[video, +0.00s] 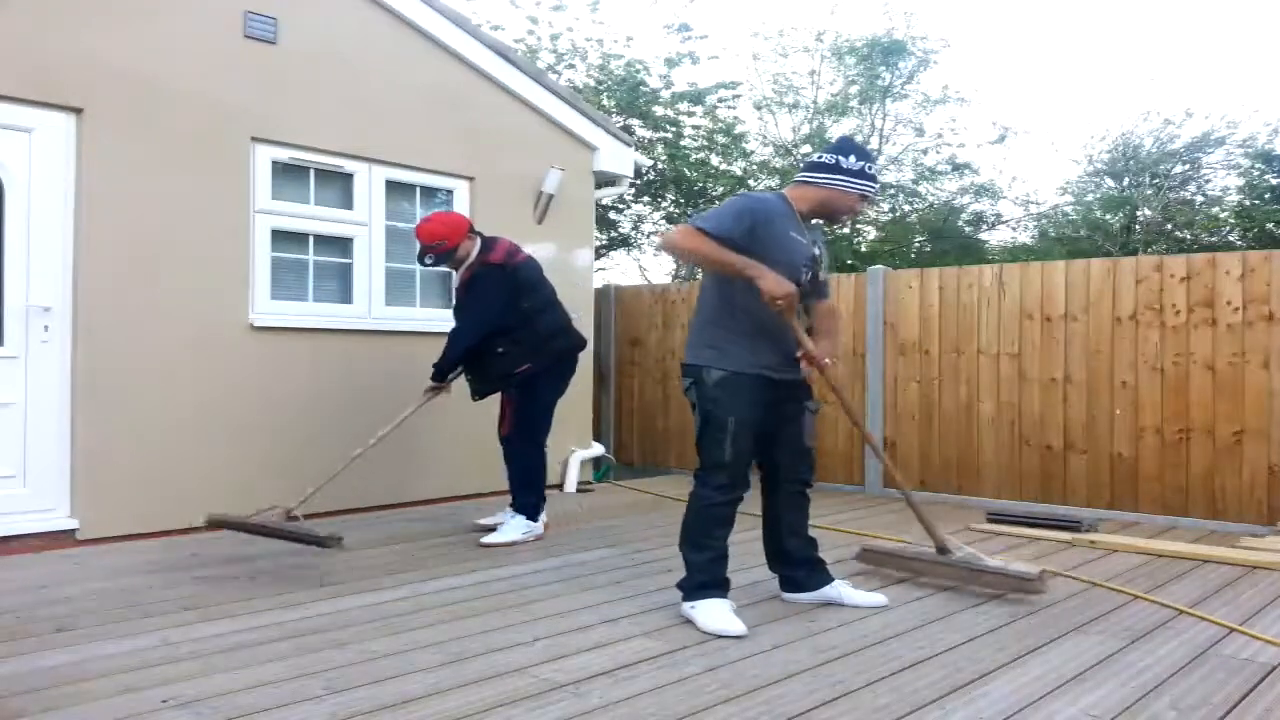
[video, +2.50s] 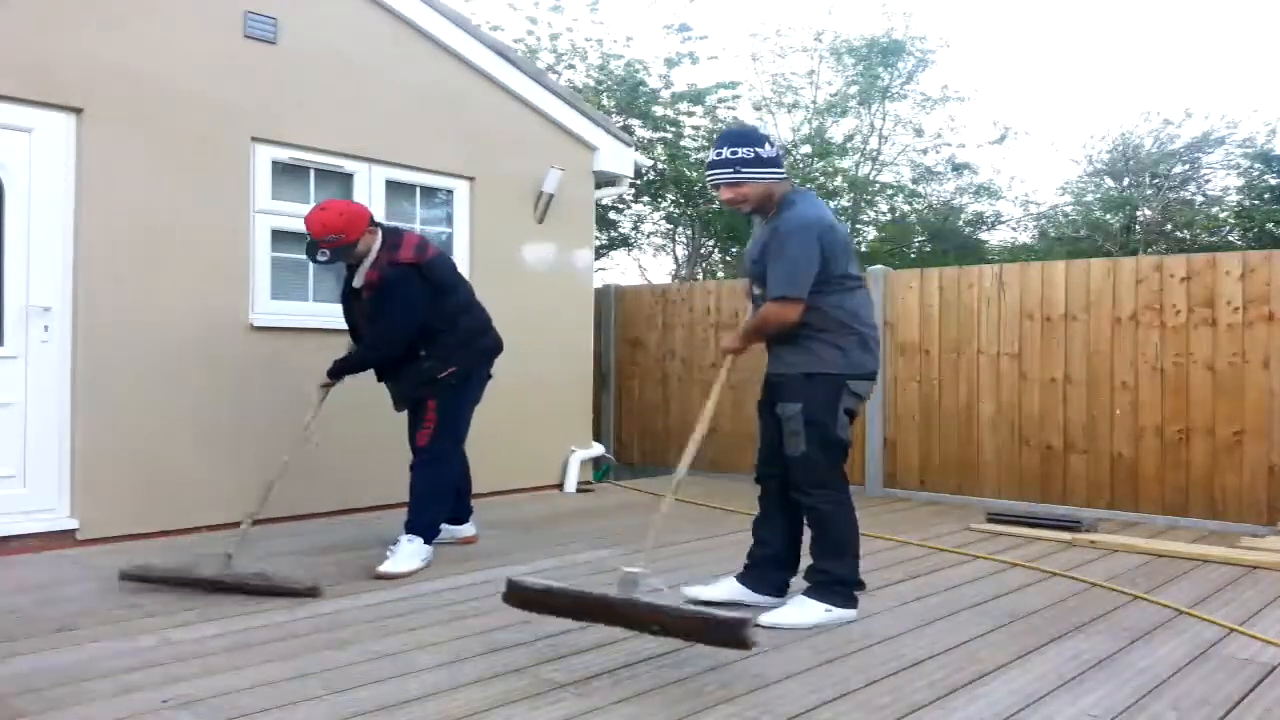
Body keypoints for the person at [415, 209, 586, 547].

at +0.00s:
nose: (446, 264)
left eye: (447, 257)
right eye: (442, 259)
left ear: (464, 241)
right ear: (466, 239)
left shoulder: (490, 272)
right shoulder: (489, 257)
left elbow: (470, 330)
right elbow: (474, 323)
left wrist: (440, 373)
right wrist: (451, 365)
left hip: (544, 358)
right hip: (530, 358)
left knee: (523, 435)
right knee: (514, 434)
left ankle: (529, 517)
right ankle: (522, 509)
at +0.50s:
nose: (433, 270)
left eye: (435, 263)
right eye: (429, 266)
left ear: (453, 248)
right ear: (450, 249)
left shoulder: (485, 269)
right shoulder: (455, 279)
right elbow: (472, 333)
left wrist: (474, 371)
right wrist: (468, 370)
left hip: (533, 353)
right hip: (509, 356)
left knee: (501, 434)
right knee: (511, 433)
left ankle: (482, 518)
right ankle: (523, 511)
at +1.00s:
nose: (399, 272)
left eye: (401, 265)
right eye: (395, 267)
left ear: (421, 250)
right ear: (424, 247)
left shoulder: (456, 277)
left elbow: (451, 341)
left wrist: (423, 367)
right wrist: (430, 360)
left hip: (512, 356)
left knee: (485, 440)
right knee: (505, 432)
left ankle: (475, 529)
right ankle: (521, 510)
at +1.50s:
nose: (382, 254)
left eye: (383, 246)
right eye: (377, 248)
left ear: (404, 230)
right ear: (405, 229)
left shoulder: (435, 263)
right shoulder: (429, 250)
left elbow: (409, 324)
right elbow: (414, 319)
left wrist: (366, 366)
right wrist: (375, 362)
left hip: (494, 358)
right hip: (466, 360)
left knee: (474, 440)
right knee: (453, 439)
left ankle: (474, 528)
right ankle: (480, 511)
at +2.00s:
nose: (362, 259)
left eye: (365, 252)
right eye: (358, 254)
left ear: (385, 238)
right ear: (385, 236)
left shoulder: (416, 269)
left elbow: (419, 336)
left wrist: (399, 367)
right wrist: (406, 358)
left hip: (469, 352)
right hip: (441, 355)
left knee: (440, 437)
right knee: (434, 437)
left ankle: (435, 529)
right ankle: (460, 520)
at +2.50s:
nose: (338, 259)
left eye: (341, 252)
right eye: (334, 253)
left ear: (362, 237)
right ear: (362, 235)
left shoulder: (398, 269)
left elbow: (390, 341)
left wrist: (341, 368)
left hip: (455, 356)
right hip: (433, 356)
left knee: (429, 446)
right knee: (441, 440)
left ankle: (417, 540)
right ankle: (457, 521)